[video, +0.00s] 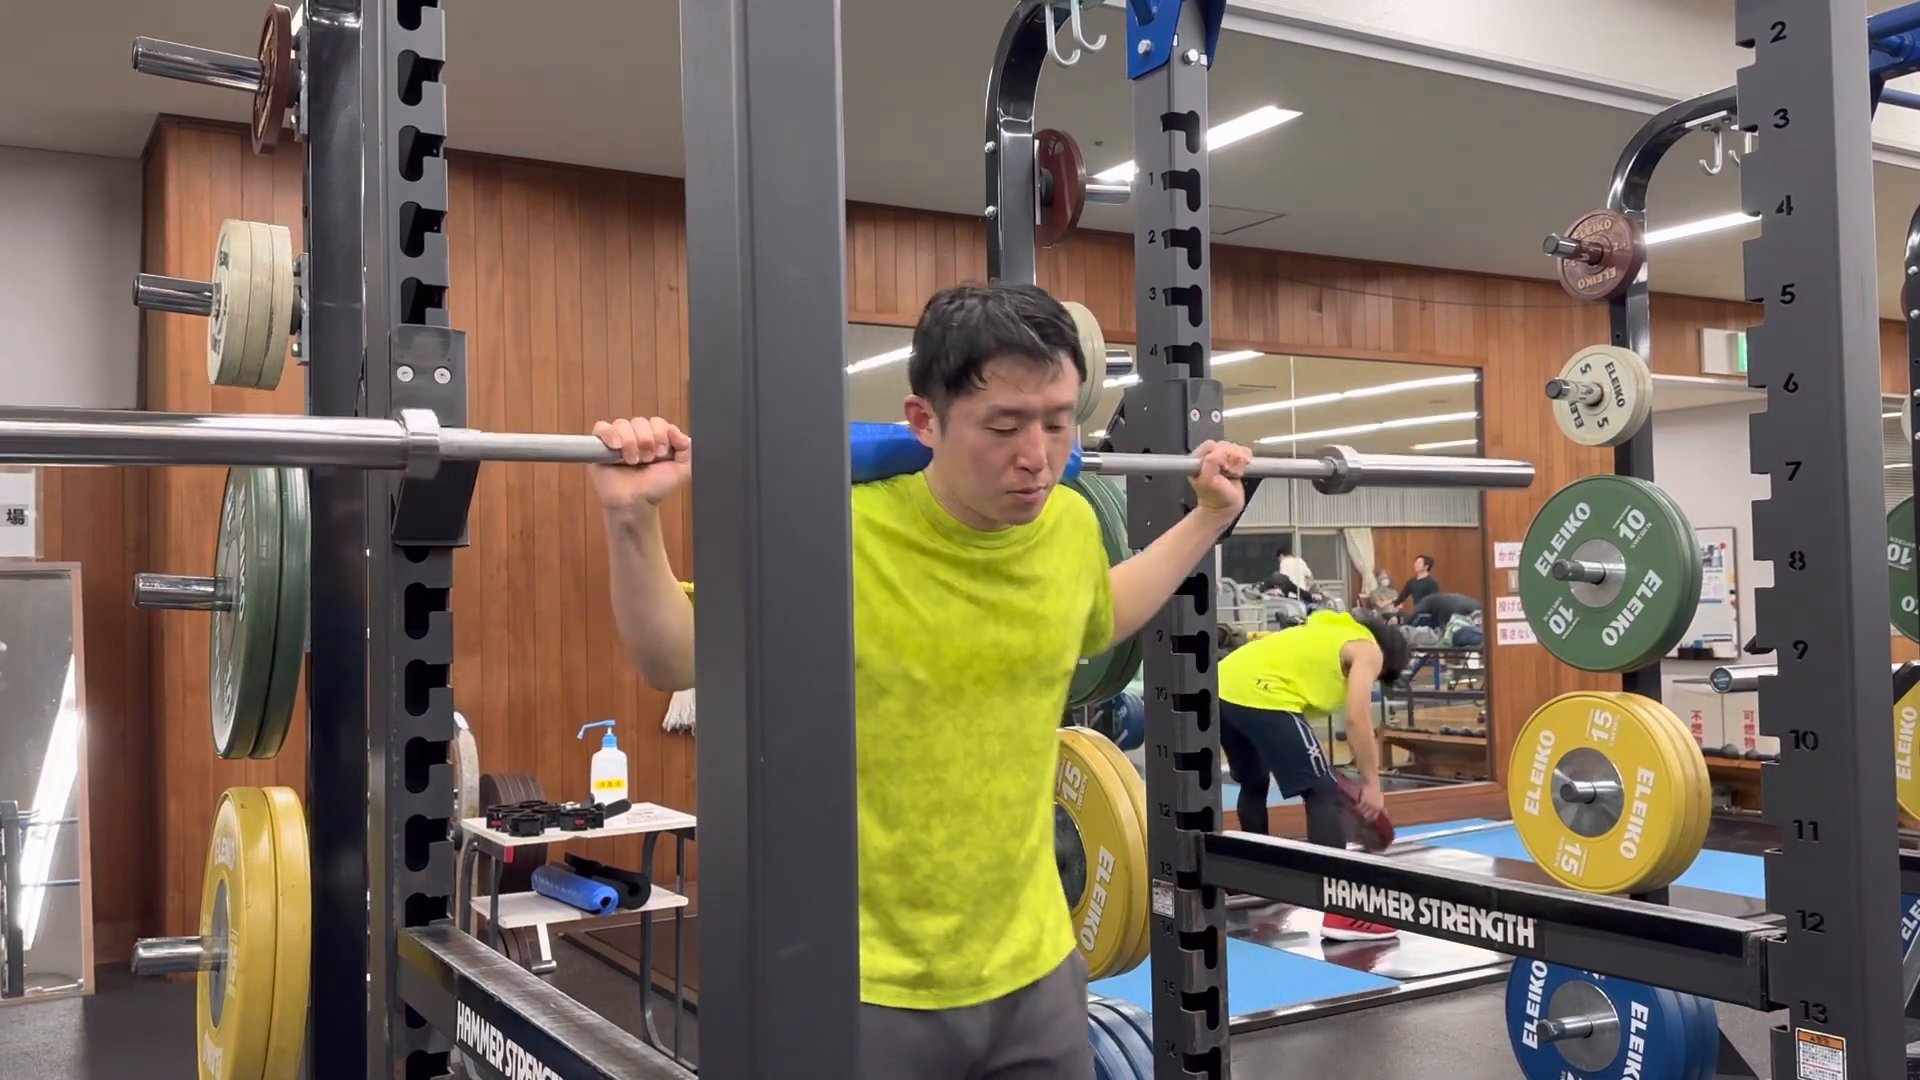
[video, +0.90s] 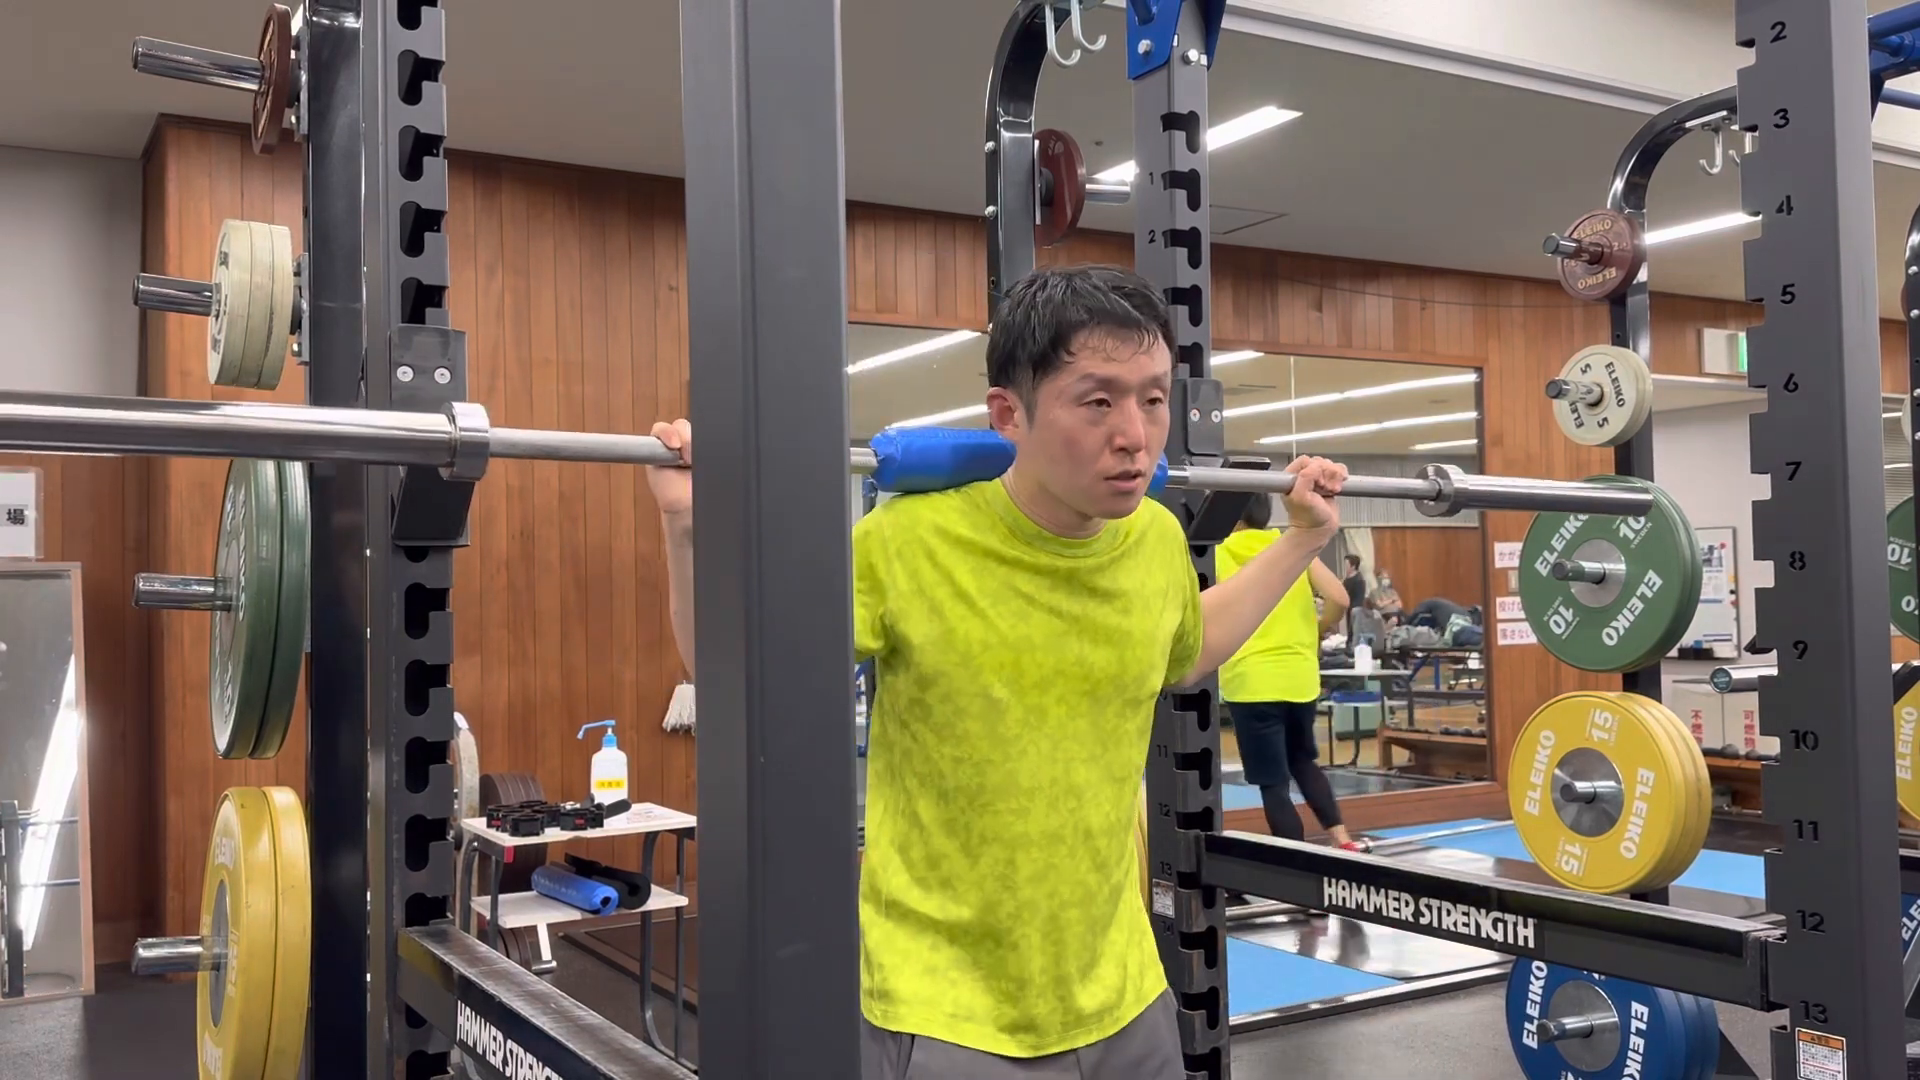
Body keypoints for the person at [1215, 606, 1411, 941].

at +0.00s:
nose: (1377, 679)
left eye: (1382, 675)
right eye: (1383, 672)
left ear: (1368, 626)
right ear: (1384, 652)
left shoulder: (1322, 628)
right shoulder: (1366, 648)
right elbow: (1357, 719)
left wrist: (1322, 774)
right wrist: (1372, 783)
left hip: (1222, 692)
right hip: (1268, 701)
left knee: (1252, 786)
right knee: (1323, 795)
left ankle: (1259, 881)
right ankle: (1341, 908)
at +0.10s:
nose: (1381, 631)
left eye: (1384, 628)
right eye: (1383, 625)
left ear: (1345, 589)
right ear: (1376, 611)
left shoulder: (1306, 602)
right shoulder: (1361, 614)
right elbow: (1350, 677)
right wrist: (1372, 734)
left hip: (1231, 694)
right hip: (1280, 701)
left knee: (1256, 790)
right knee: (1338, 794)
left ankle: (1261, 884)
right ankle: (1342, 909)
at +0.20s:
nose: (1376, 604)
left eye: (1377, 598)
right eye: (1374, 595)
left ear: (1328, 571)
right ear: (1362, 583)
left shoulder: (1289, 587)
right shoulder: (1356, 593)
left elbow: (1257, 638)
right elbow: (1355, 649)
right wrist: (1376, 700)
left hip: (1243, 695)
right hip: (1295, 701)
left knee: (1261, 791)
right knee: (1350, 794)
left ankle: (1262, 887)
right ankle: (1342, 909)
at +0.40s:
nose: (1346, 552)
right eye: (1343, 546)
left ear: (1290, 545)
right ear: (1334, 546)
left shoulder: (1260, 580)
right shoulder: (1344, 568)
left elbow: (1236, 642)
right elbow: (1358, 613)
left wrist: (1272, 658)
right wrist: (1379, 652)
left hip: (1260, 696)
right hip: (1320, 697)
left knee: (1275, 788)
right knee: (1353, 797)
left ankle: (1295, 885)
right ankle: (1342, 904)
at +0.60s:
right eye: (1293, 520)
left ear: (1251, 537)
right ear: (1292, 527)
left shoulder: (1238, 573)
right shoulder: (1318, 555)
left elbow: (1224, 637)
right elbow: (1354, 586)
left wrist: (1259, 658)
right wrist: (1373, 626)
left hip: (1264, 688)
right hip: (1323, 684)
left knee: (1281, 794)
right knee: (1346, 793)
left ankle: (1310, 892)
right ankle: (1354, 897)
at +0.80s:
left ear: (1234, 517)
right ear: (1273, 510)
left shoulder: (1222, 557)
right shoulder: (1297, 543)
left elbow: (1213, 615)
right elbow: (1343, 591)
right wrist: (1341, 630)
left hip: (1256, 688)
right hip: (1312, 682)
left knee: (1277, 787)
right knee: (1329, 762)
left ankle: (1301, 872)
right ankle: (1363, 838)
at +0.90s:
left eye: (1225, 513)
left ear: (1232, 518)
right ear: (1267, 513)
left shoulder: (1217, 555)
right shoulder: (1291, 544)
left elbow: (1204, 614)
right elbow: (1339, 598)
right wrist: (1318, 628)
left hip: (1250, 682)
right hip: (1301, 677)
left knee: (1273, 786)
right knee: (1303, 760)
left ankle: (1298, 870)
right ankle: (1342, 839)